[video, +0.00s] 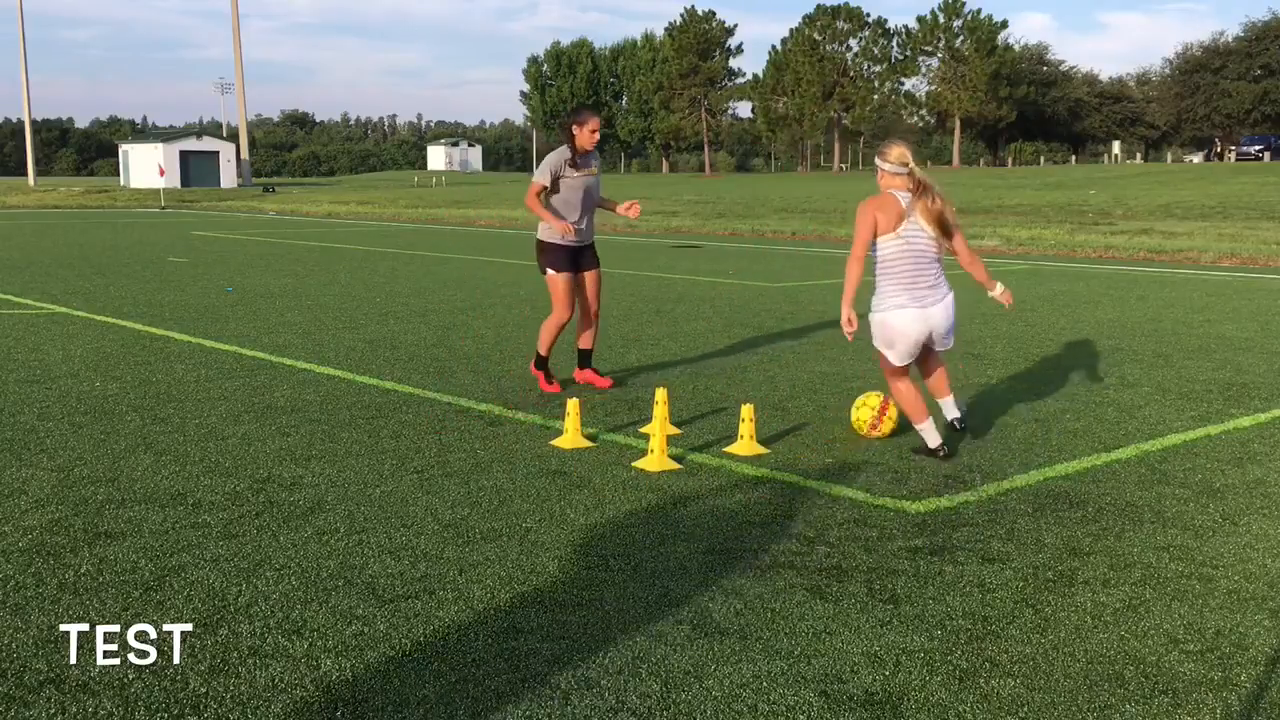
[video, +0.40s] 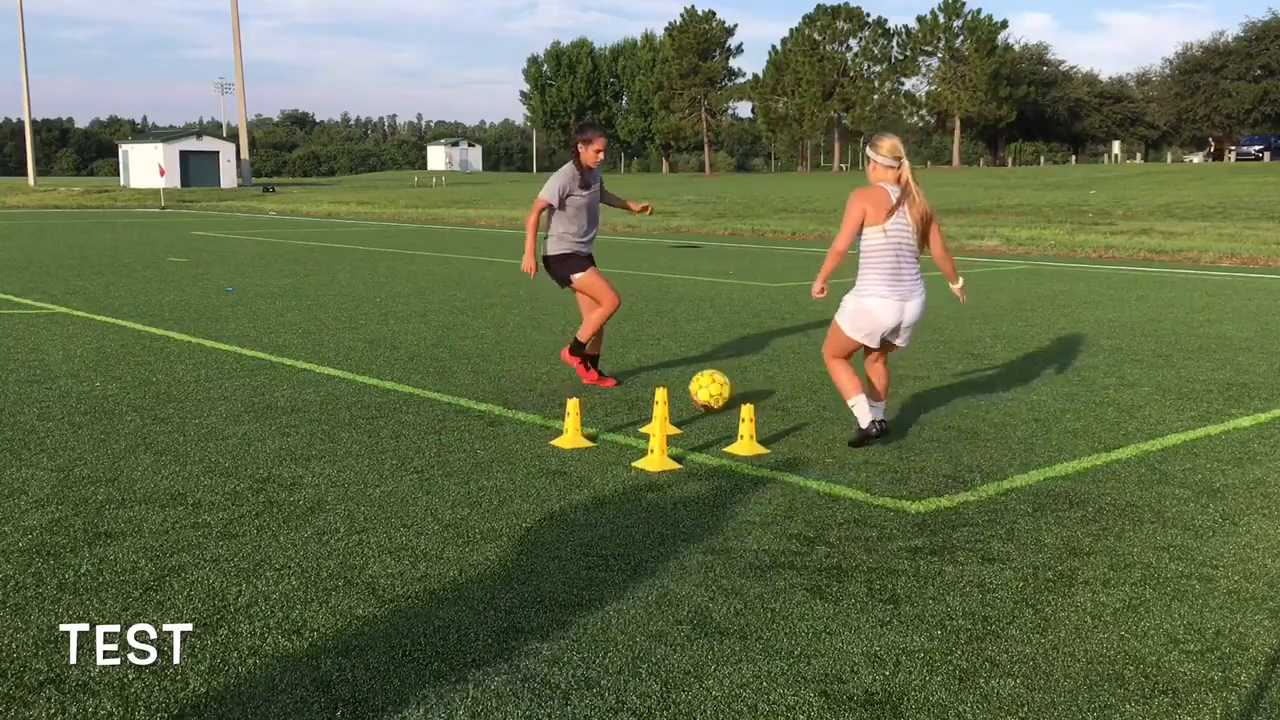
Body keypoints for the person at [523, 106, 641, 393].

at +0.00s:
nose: (597, 137)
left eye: (599, 131)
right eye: (593, 131)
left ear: (594, 132)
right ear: (576, 130)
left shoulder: (592, 161)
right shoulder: (556, 160)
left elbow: (590, 198)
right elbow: (531, 198)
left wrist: (618, 208)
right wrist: (555, 220)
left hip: (584, 243)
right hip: (555, 244)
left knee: (591, 309)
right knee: (563, 312)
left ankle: (584, 368)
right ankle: (539, 365)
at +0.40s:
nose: (602, 157)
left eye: (604, 151)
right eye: (598, 151)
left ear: (592, 150)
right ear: (581, 148)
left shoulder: (593, 174)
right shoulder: (564, 177)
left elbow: (602, 196)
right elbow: (534, 213)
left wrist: (630, 206)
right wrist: (529, 253)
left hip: (582, 252)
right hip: (561, 254)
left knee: (594, 315)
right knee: (610, 301)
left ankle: (591, 369)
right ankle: (574, 350)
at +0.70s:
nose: (590, 183)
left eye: (593, 177)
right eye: (585, 178)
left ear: (596, 175)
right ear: (570, 173)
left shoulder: (598, 198)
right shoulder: (551, 196)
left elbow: (626, 215)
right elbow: (521, 229)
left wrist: (656, 229)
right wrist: (506, 266)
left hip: (564, 266)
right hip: (534, 263)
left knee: (594, 317)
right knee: (573, 300)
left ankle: (590, 374)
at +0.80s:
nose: (572, 178)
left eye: (575, 172)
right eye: (566, 172)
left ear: (578, 170)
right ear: (551, 168)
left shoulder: (583, 191)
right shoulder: (534, 193)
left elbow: (604, 215)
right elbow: (504, 226)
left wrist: (616, 218)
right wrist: (495, 262)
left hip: (561, 269)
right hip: (528, 267)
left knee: (584, 321)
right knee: (535, 318)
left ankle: (589, 374)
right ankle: (509, 379)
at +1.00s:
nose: (534, 162)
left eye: (538, 156)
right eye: (529, 156)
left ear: (542, 154)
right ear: (514, 153)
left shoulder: (549, 180)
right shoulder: (497, 183)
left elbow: (556, 211)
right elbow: (480, 225)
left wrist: (579, 227)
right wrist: (486, 247)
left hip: (540, 266)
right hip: (503, 265)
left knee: (558, 334)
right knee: (494, 330)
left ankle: (555, 364)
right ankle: (482, 385)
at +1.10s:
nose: (529, 147)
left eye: (534, 141)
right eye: (524, 141)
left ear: (538, 139)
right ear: (509, 137)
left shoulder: (544, 161)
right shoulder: (494, 169)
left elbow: (550, 189)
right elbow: (477, 214)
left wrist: (574, 210)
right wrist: (493, 220)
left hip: (535, 253)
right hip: (498, 254)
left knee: (540, 321)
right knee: (492, 326)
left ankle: (528, 379)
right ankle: (482, 383)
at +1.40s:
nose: (528, 137)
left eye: (533, 130)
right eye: (522, 130)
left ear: (540, 128)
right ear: (509, 126)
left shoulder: (547, 158)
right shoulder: (490, 153)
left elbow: (558, 195)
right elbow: (454, 195)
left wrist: (572, 199)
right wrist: (466, 192)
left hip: (528, 248)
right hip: (487, 241)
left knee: (522, 322)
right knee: (481, 312)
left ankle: (506, 389)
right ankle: (460, 359)